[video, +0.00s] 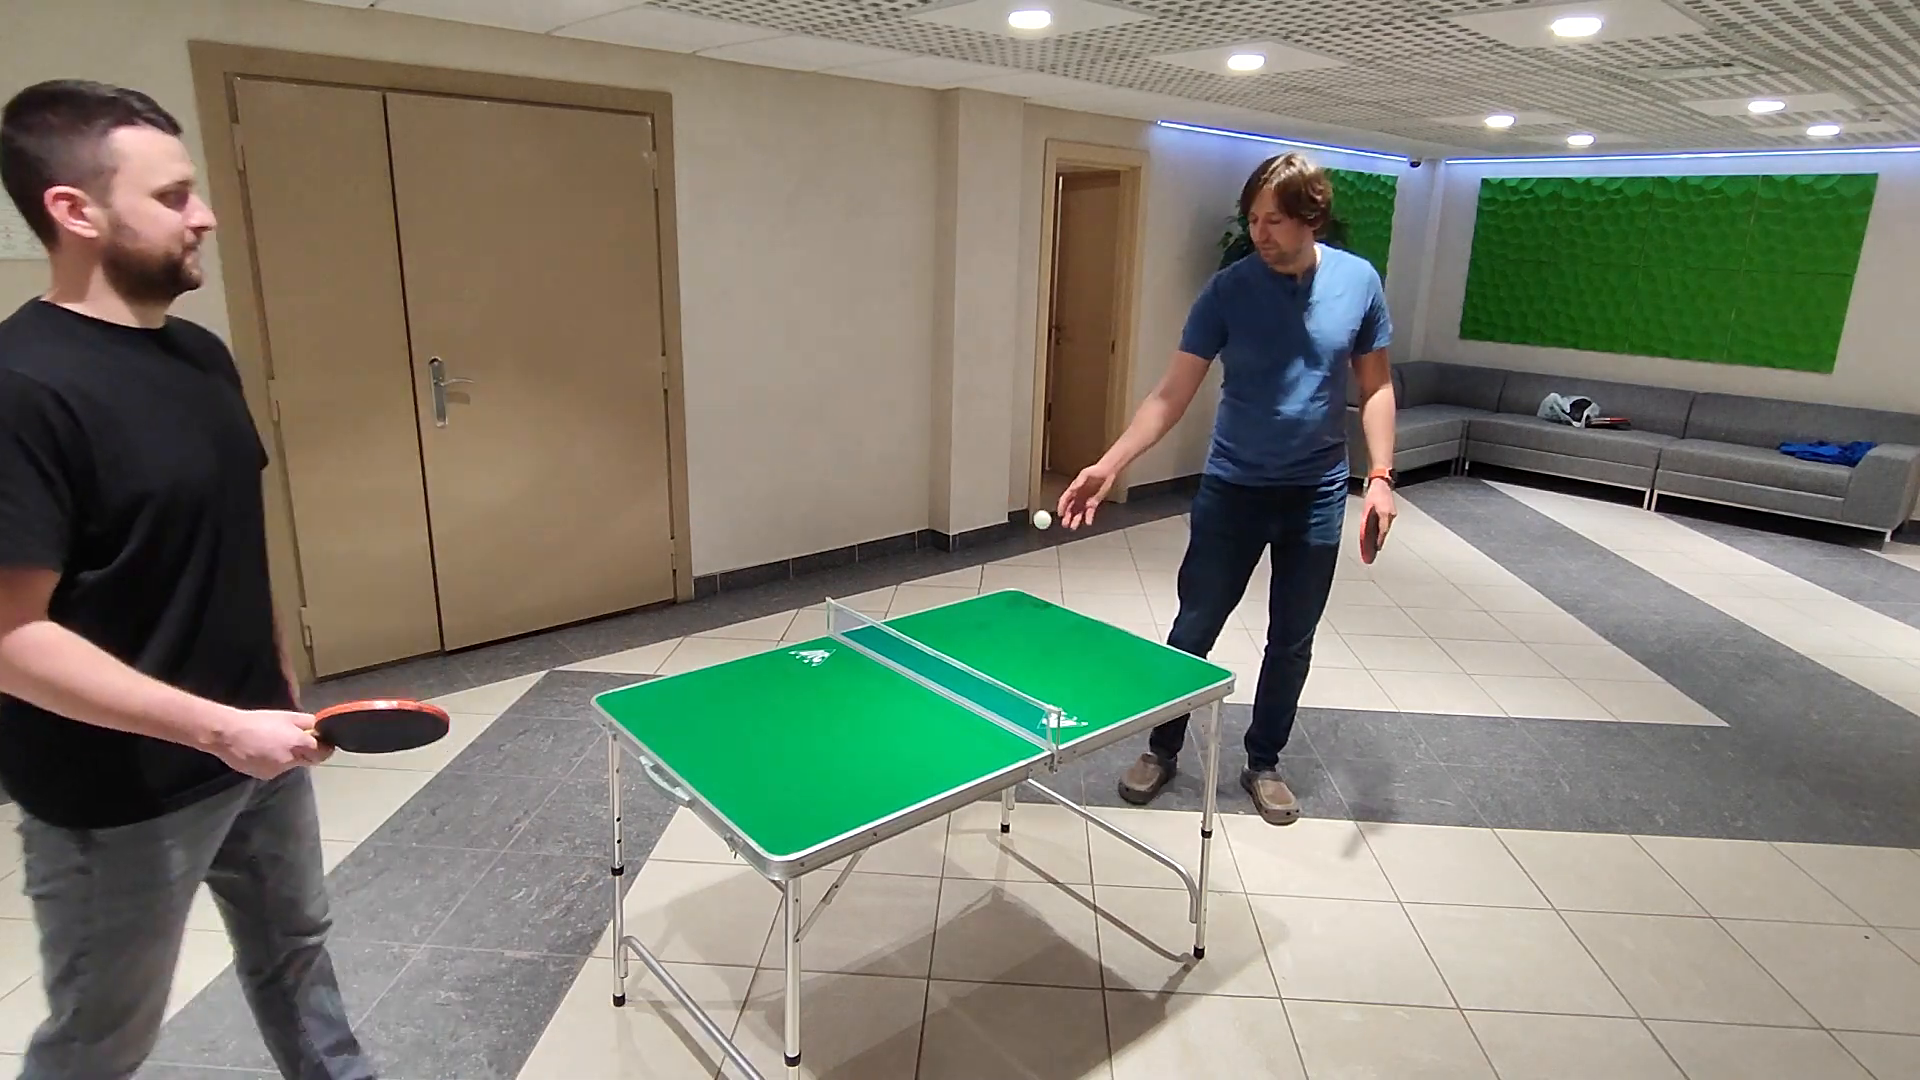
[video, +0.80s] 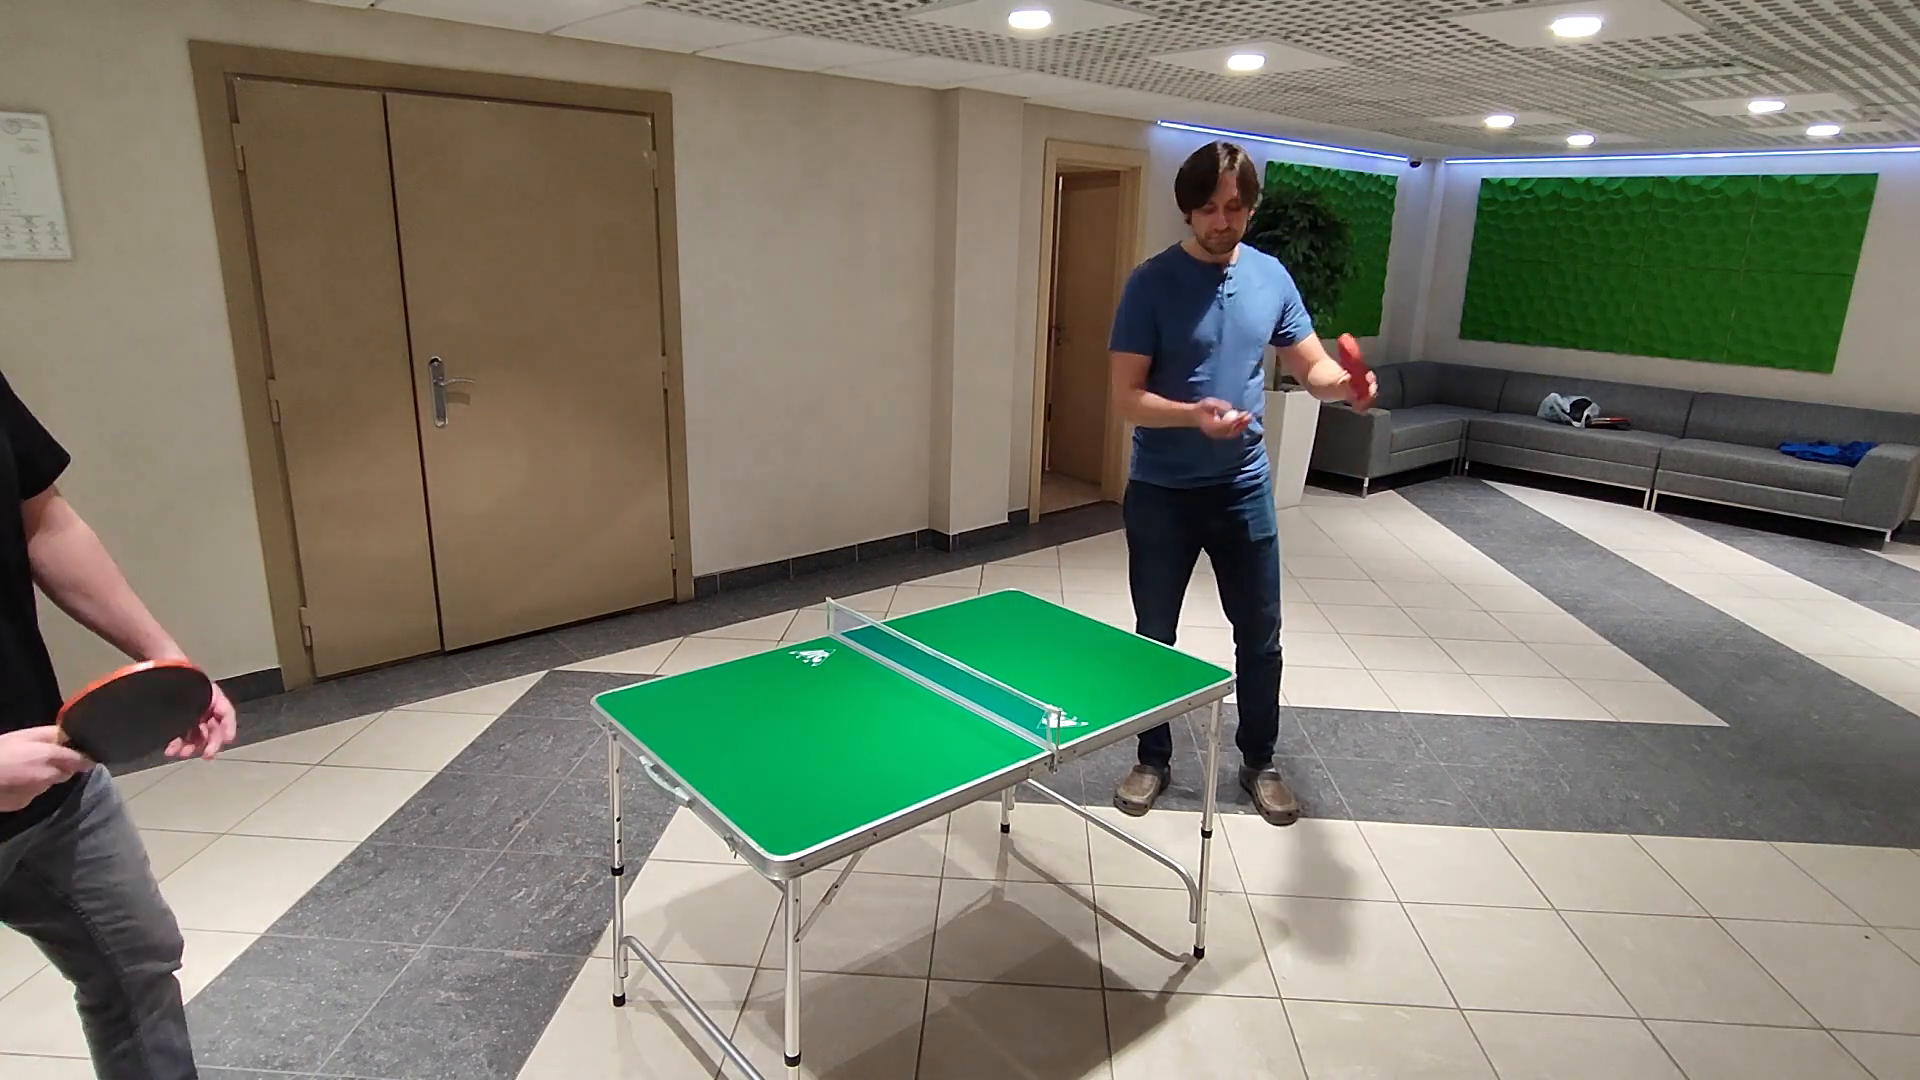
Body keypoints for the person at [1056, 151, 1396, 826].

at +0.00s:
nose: (1260, 233)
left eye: (1274, 221)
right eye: (1254, 219)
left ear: (1312, 220)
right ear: (1249, 219)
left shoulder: (1359, 282)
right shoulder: (1231, 289)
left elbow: (1376, 387)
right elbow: (1169, 398)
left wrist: (1381, 477)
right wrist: (1109, 466)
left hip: (1317, 490)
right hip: (1232, 486)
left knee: (1293, 643)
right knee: (1192, 630)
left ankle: (1264, 764)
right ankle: (1160, 752)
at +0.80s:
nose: (1225, 222)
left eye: (1237, 208)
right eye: (1212, 207)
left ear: (1252, 207)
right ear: (1187, 206)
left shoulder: (1272, 278)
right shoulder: (1150, 285)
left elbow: (1314, 369)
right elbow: (1125, 401)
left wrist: (1346, 383)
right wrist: (1194, 414)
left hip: (1243, 486)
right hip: (1161, 489)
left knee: (1261, 633)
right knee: (1153, 634)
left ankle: (1260, 765)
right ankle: (1151, 761)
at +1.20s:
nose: (1250, 219)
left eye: (1258, 205)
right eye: (1238, 206)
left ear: (1264, 207)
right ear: (1199, 206)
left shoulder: (1277, 289)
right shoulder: (1147, 282)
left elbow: (1286, 396)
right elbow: (1110, 383)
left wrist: (1304, 452)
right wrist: (1147, 420)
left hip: (1235, 487)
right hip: (1154, 486)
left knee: (1253, 642)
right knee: (1148, 634)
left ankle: (1253, 766)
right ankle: (1149, 763)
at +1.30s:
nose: (1245, 220)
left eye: (1254, 206)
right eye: (1232, 207)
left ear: (1264, 207)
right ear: (1201, 208)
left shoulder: (1285, 291)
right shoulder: (1153, 279)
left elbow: (1275, 407)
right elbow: (1115, 377)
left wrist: (1235, 485)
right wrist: (1140, 424)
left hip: (1240, 485)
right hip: (1157, 483)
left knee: (1256, 640)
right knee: (1149, 628)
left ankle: (1253, 766)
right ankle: (1150, 761)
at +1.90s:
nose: (1252, 225)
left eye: (1267, 213)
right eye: (1247, 212)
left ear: (1304, 217)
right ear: (1243, 216)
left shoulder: (1346, 293)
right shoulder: (1233, 280)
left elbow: (1362, 415)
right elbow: (1214, 379)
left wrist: (1274, 483)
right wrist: (1176, 424)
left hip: (1303, 495)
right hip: (1226, 483)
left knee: (1305, 648)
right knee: (1187, 628)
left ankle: (1298, 775)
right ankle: (1153, 755)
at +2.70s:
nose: (1188, 260)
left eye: (1196, 247)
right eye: (1185, 248)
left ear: (1235, 241)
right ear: (1214, 244)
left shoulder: (1281, 308)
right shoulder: (1220, 289)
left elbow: (1272, 430)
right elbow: (1216, 369)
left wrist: (1187, 484)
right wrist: (1154, 415)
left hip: (1281, 484)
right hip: (1225, 477)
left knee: (1282, 626)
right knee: (1207, 597)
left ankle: (1298, 770)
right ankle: (1209, 710)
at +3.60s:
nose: (1213, 232)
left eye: (1227, 222)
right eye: (1208, 221)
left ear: (1261, 229)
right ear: (1204, 226)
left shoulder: (1300, 295)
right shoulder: (1215, 283)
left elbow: (1333, 415)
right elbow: (1217, 371)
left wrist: (1273, 502)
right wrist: (1171, 432)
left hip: (1269, 492)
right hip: (1209, 477)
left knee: (1278, 636)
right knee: (1192, 601)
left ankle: (1297, 772)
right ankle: (1206, 711)